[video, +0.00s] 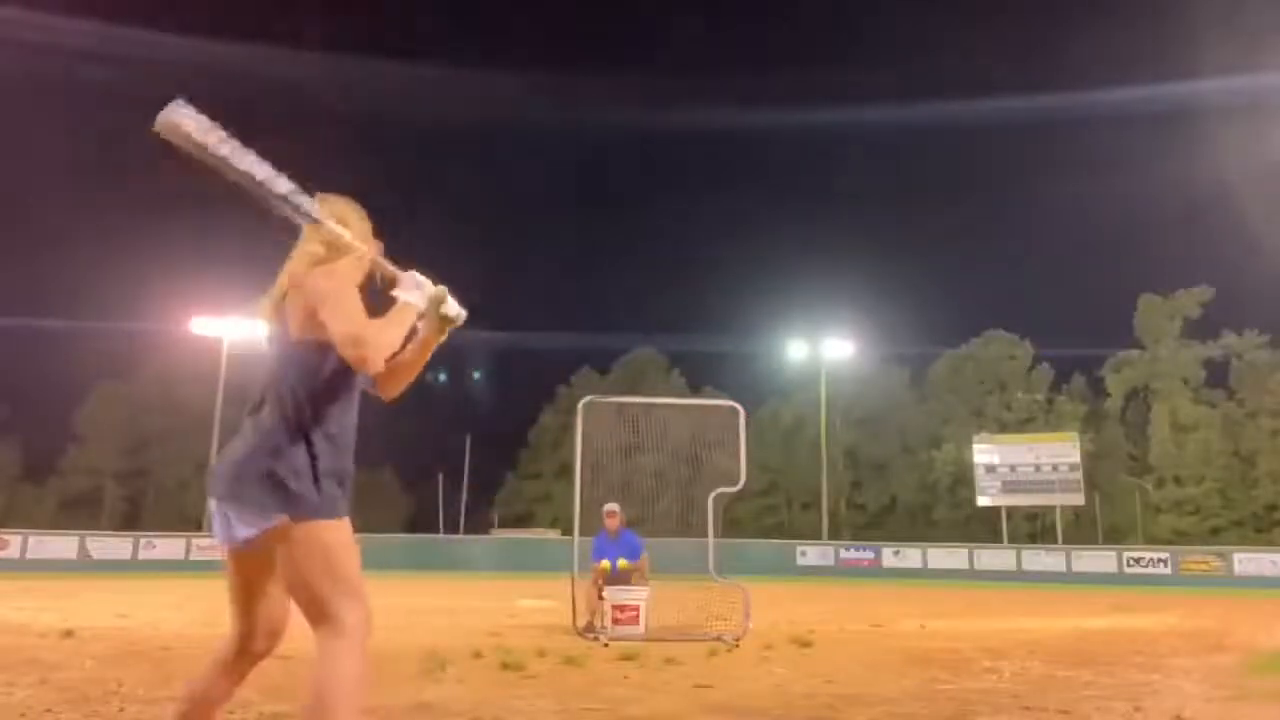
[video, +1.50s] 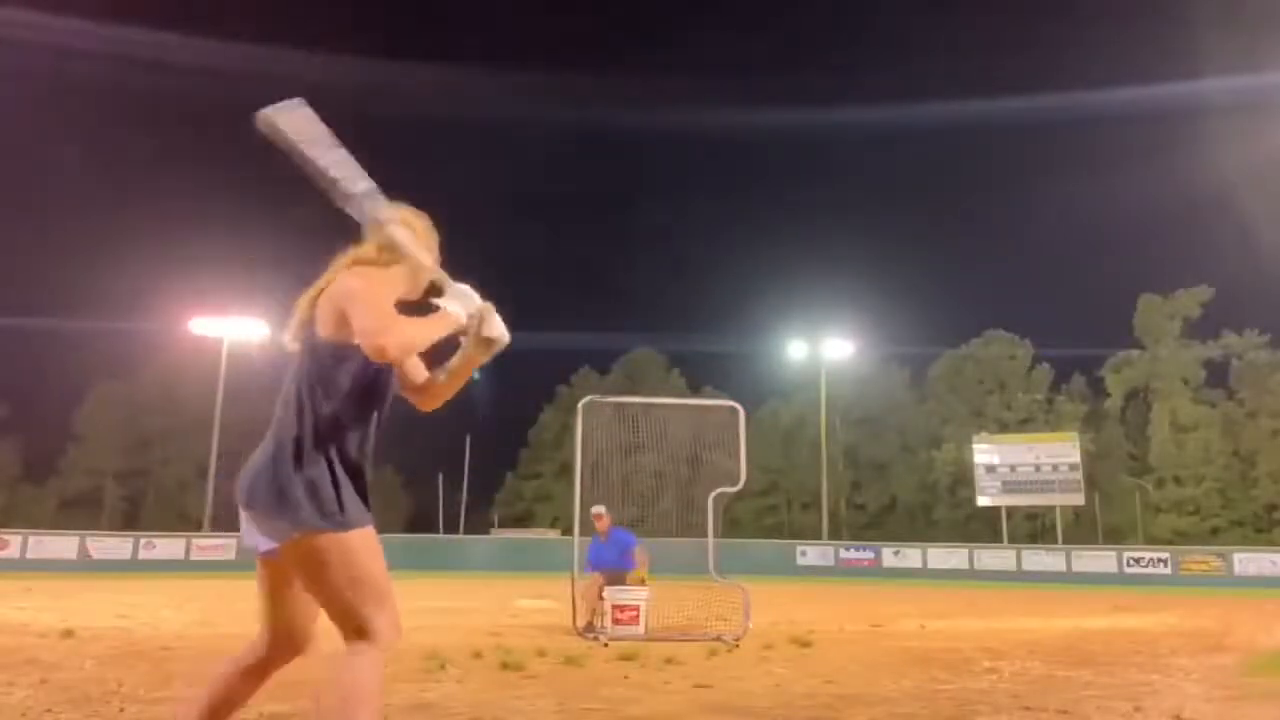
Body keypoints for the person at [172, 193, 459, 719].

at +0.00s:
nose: (374, 255)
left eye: (371, 247)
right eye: (369, 246)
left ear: (316, 238)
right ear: (355, 243)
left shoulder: (302, 286)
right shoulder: (330, 275)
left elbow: (387, 384)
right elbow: (366, 350)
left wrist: (433, 332)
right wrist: (410, 302)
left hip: (248, 473)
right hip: (293, 475)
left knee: (255, 635)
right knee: (345, 625)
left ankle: (185, 713)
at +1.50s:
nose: (430, 275)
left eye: (432, 266)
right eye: (430, 262)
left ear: (381, 247)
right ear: (414, 253)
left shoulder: (374, 309)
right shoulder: (360, 281)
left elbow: (427, 395)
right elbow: (382, 342)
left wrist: (478, 351)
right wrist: (452, 314)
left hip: (281, 480)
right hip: (307, 481)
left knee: (285, 637)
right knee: (374, 632)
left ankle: (199, 713)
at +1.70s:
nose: (454, 278)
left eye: (458, 270)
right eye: (455, 266)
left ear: (412, 256)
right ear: (438, 258)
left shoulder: (407, 321)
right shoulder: (376, 278)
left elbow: (431, 402)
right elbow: (377, 334)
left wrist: (477, 371)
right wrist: (463, 325)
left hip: (318, 482)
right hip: (309, 480)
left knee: (368, 634)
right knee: (390, 635)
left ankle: (272, 712)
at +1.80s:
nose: (472, 284)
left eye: (473, 273)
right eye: (471, 272)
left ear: (429, 263)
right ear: (457, 267)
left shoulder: (431, 330)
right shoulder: (387, 284)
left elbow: (441, 409)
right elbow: (361, 342)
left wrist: (474, 378)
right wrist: (456, 332)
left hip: (355, 487)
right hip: (311, 489)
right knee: (396, 634)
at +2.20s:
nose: (506, 331)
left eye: (506, 323)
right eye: (503, 320)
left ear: (486, 325)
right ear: (481, 312)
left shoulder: (482, 365)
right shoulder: (403, 331)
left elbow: (497, 404)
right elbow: (329, 329)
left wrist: (471, 345)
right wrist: (416, 312)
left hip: (418, 517)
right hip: (362, 515)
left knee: (470, 624)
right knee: (404, 641)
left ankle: (415, 701)